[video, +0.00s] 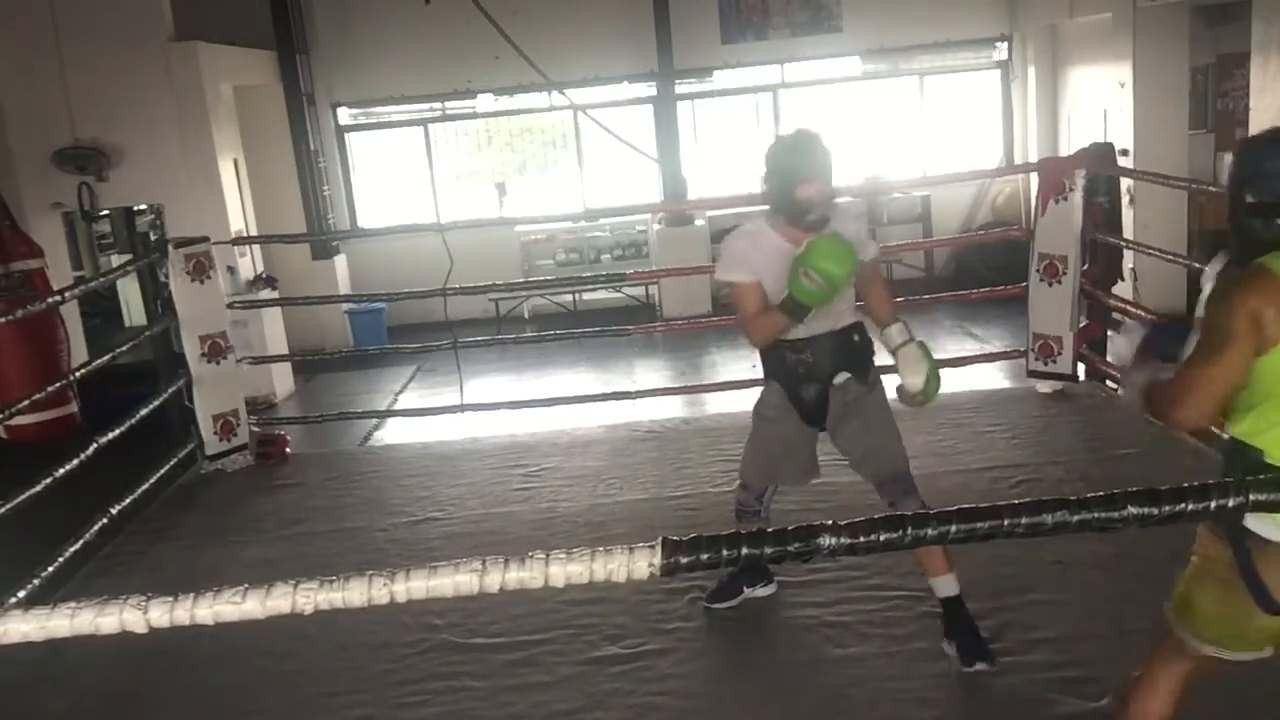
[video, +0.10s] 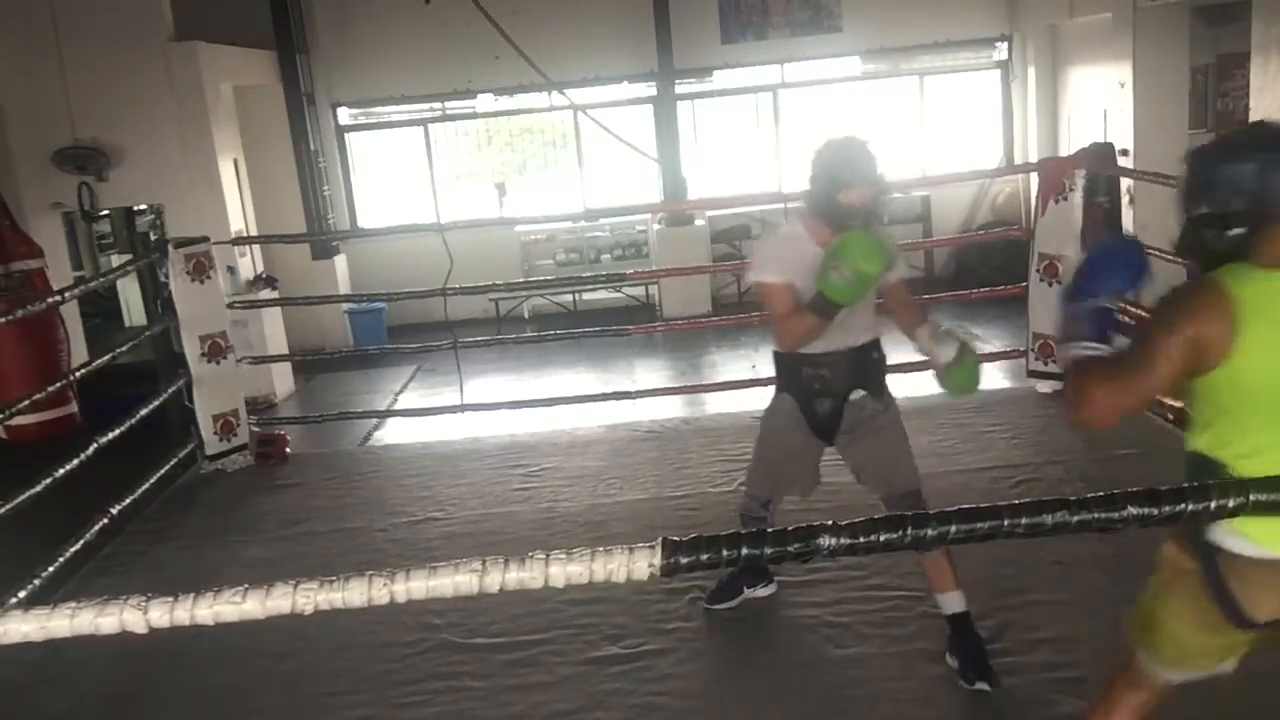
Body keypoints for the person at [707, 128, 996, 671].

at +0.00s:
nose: (818, 191)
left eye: (823, 178)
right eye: (804, 181)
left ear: (830, 180)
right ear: (778, 186)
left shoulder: (847, 227)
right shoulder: (746, 247)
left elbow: (873, 290)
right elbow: (757, 332)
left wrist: (903, 343)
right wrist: (800, 297)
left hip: (853, 380)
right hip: (786, 387)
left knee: (902, 494)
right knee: (750, 494)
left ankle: (956, 615)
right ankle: (752, 573)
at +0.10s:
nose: (864, 199)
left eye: (870, 187)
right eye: (853, 187)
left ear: (876, 190)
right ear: (825, 187)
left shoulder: (874, 244)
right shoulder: (782, 248)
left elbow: (905, 308)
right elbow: (787, 335)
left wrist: (940, 347)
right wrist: (835, 291)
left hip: (865, 394)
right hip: (797, 397)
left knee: (912, 508)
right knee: (756, 502)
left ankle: (963, 633)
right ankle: (756, 570)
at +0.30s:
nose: (924, 214)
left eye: (934, 202)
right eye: (913, 200)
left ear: (942, 196)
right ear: (880, 190)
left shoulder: (929, 245)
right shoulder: (829, 234)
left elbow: (938, 332)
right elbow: (831, 329)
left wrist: (952, 303)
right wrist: (884, 279)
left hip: (891, 388)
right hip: (825, 389)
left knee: (933, 513)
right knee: (790, 499)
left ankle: (965, 638)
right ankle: (795, 559)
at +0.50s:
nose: (924, 215)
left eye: (934, 203)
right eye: (916, 202)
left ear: (942, 193)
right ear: (886, 189)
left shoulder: (928, 236)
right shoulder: (832, 226)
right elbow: (826, 319)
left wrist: (962, 279)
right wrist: (874, 278)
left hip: (898, 379)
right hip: (833, 380)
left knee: (934, 508)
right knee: (817, 505)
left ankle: (965, 640)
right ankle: (874, 572)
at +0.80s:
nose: (855, 201)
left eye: (864, 189)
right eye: (845, 190)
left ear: (886, 183)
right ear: (831, 186)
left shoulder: (912, 220)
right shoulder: (814, 226)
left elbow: (947, 282)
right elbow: (814, 321)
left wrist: (936, 207)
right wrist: (828, 279)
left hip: (909, 373)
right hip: (847, 376)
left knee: (934, 510)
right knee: (839, 492)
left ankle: (982, 658)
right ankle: (880, 583)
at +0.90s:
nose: (837, 225)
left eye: (842, 212)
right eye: (829, 215)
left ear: (864, 201)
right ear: (823, 213)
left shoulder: (918, 232)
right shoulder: (823, 261)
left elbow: (962, 312)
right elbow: (819, 346)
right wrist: (821, 308)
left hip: (933, 385)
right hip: (868, 395)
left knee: (950, 523)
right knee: (840, 497)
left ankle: (989, 660)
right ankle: (878, 580)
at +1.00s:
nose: (818, 280)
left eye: (823, 265)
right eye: (813, 269)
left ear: (846, 254)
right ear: (812, 266)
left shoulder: (908, 295)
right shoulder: (845, 303)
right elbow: (818, 366)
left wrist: (865, 392)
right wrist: (812, 302)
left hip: (946, 437)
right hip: (894, 437)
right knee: (836, 512)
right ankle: (878, 581)